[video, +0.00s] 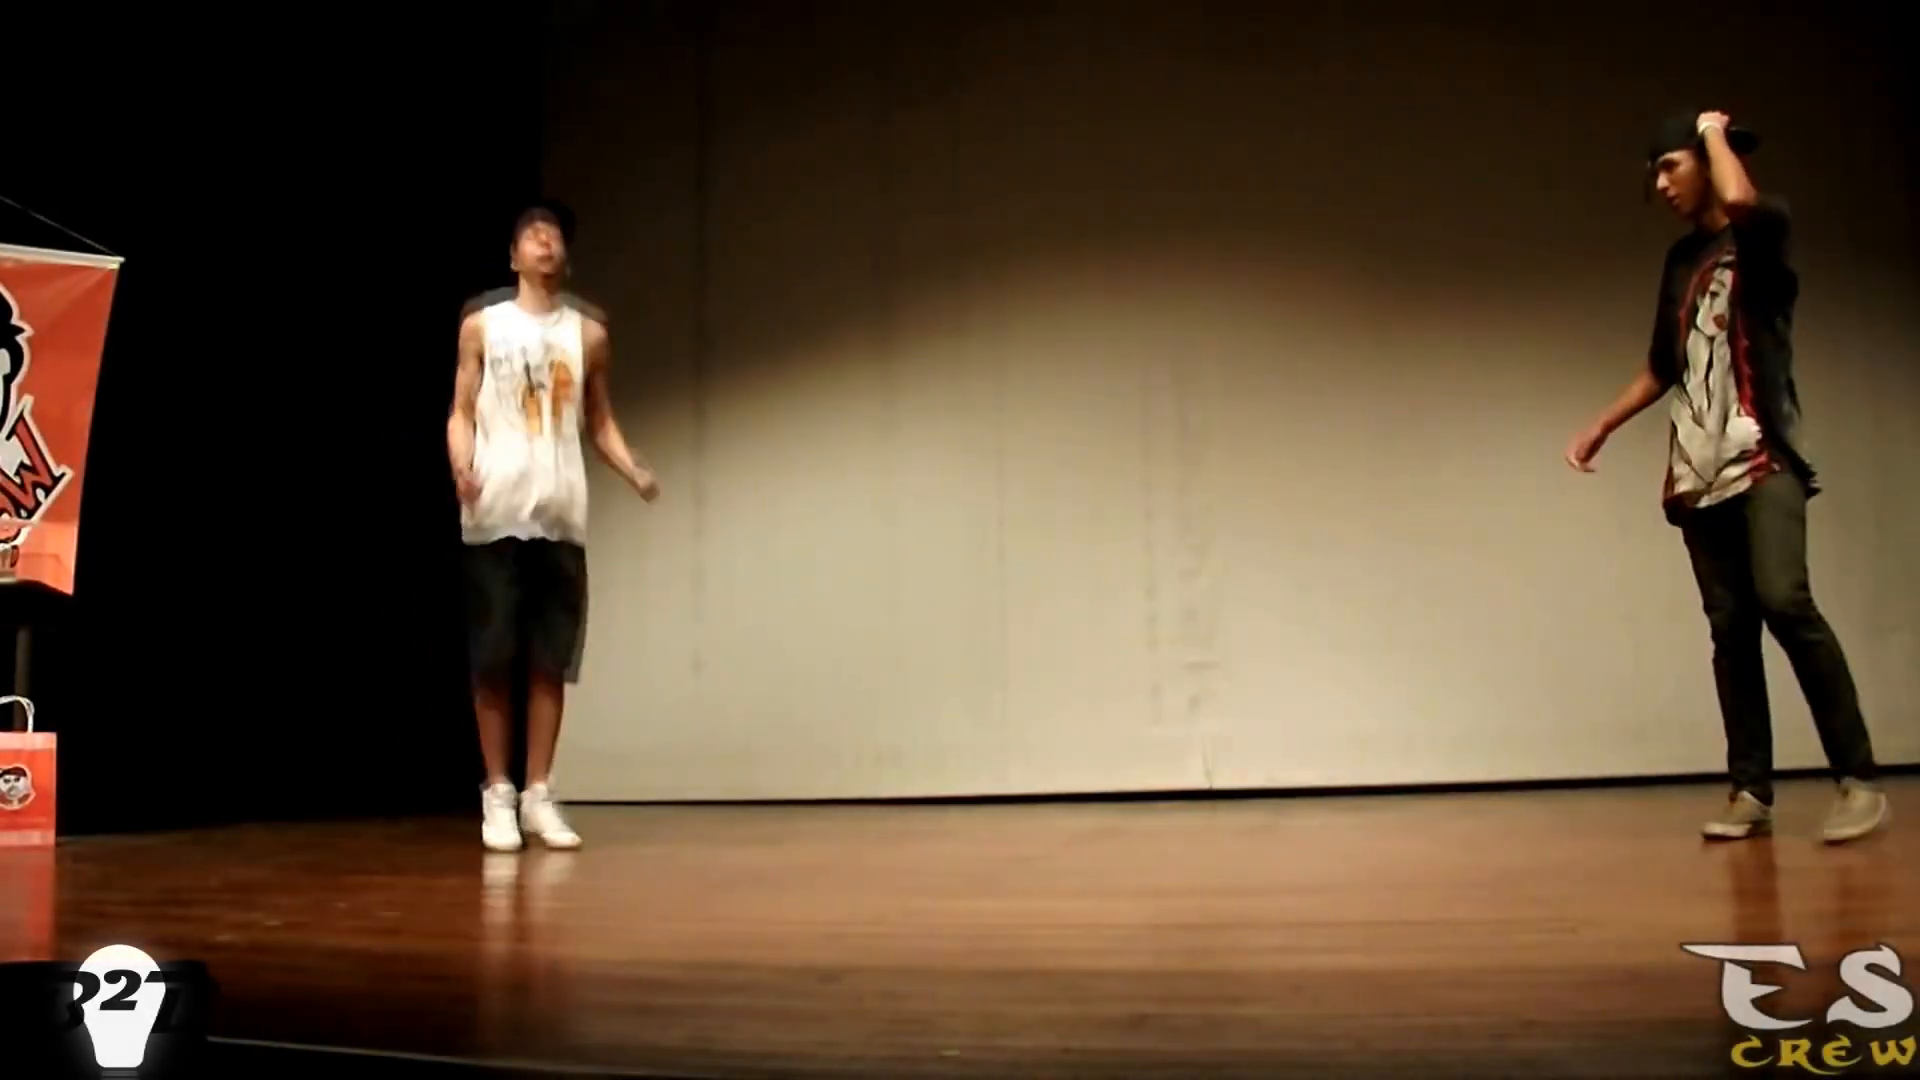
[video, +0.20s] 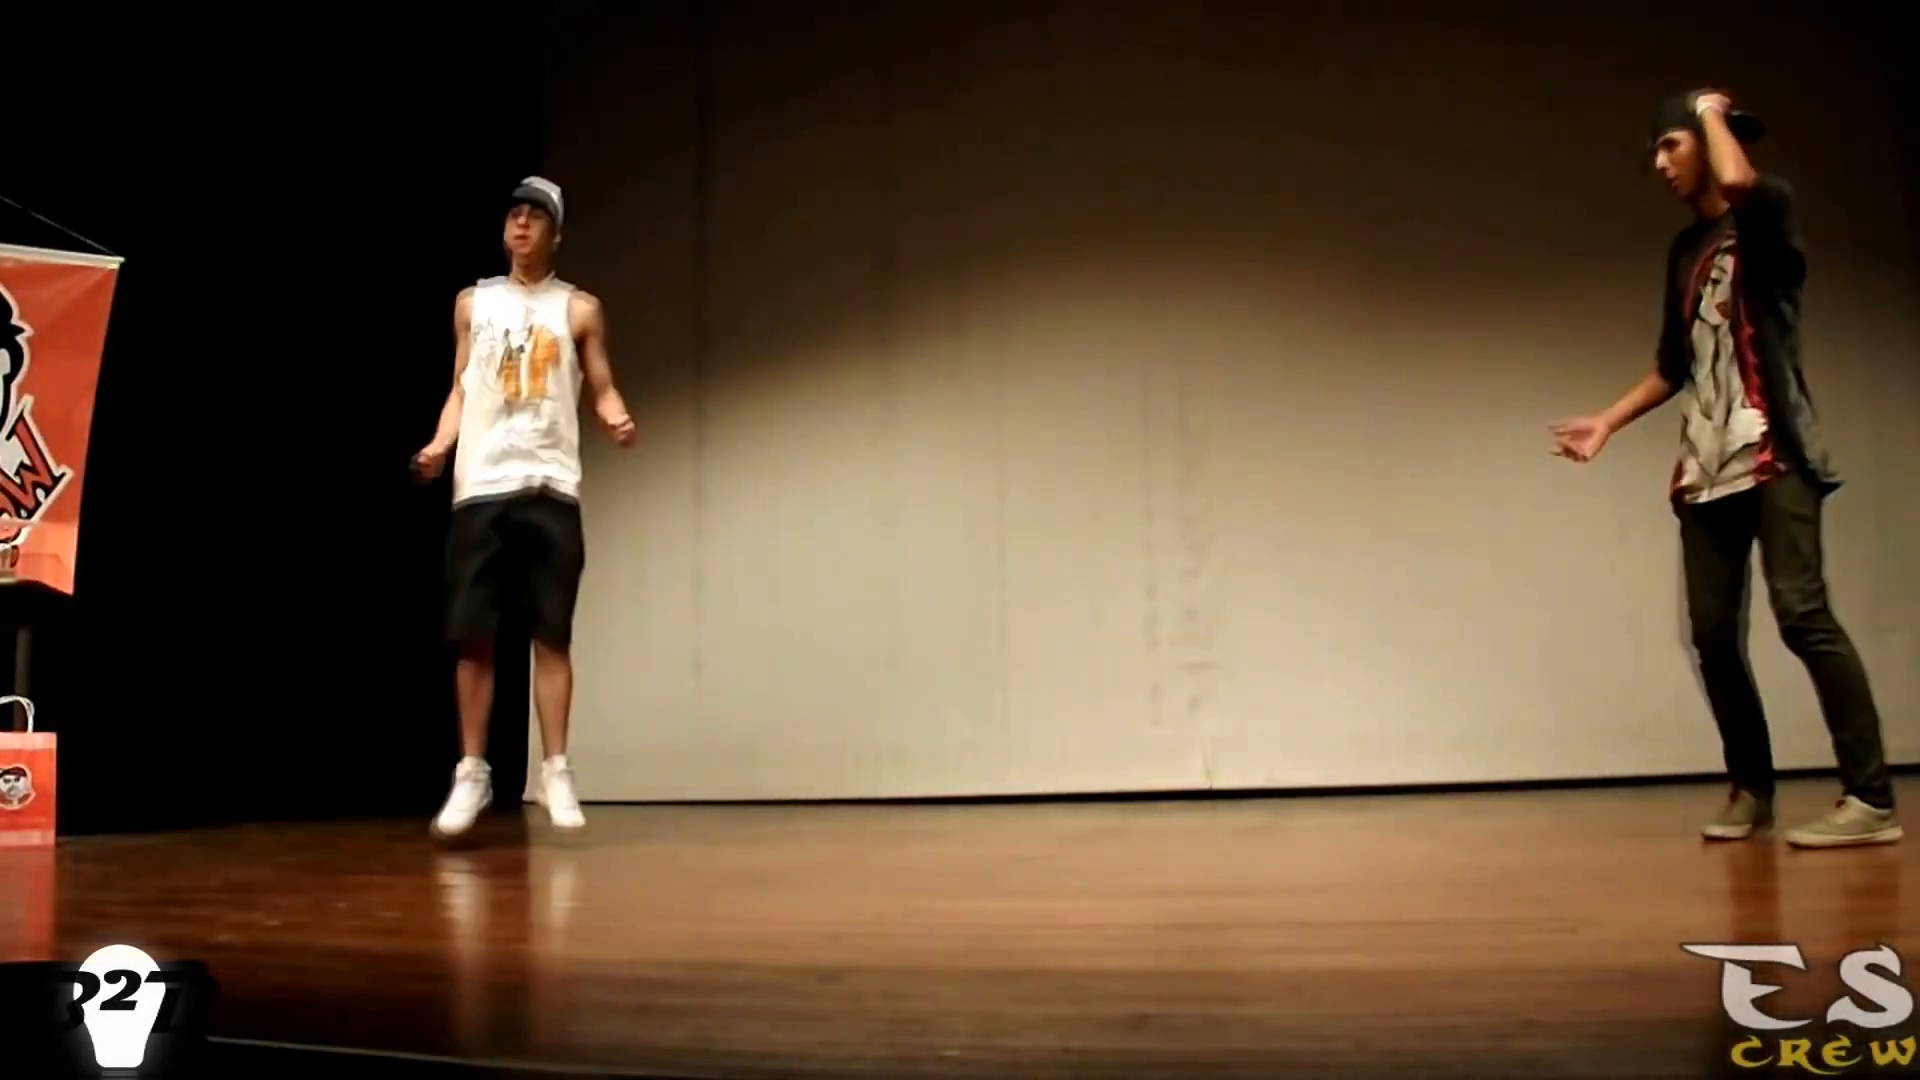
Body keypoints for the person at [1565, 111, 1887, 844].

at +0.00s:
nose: (1661, 184)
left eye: (1671, 169)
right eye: (1657, 173)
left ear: (1710, 167)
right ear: (1665, 184)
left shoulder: (1763, 236)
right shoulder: (1682, 259)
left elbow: (1740, 204)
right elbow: (1660, 370)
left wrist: (1715, 134)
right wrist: (1601, 426)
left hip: (1764, 459)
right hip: (1697, 472)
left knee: (1785, 602)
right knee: (1730, 628)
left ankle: (1859, 783)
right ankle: (1750, 793)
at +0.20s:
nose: (1661, 160)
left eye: (1673, 145)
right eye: (1658, 150)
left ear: (1715, 148)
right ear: (1668, 164)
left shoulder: (1768, 218)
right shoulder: (1686, 248)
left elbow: (1740, 186)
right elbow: (1674, 365)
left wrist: (1718, 118)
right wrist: (1604, 421)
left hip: (1778, 456)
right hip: (1706, 469)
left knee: (1804, 618)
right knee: (1713, 637)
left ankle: (1872, 799)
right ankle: (1752, 794)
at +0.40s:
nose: (1641, 140)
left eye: (1651, 126)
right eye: (1639, 132)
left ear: (1696, 132)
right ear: (1679, 139)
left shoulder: (1753, 190)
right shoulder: (1678, 231)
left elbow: (1691, 196)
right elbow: (1665, 347)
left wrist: (1601, 133)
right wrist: (1562, 371)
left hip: (1779, 441)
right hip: (1708, 444)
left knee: (1813, 616)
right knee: (1658, 600)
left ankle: (1874, 799)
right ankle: (1736, 775)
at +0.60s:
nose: (1588, 158)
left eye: (1600, 143)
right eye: (1589, 146)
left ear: (1644, 143)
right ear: (1632, 152)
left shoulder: (1700, 193)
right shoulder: (1644, 238)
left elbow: (1603, 238)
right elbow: (1608, 343)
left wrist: (1473, 250)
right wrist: (1510, 368)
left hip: (1747, 447)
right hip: (1681, 454)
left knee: (1792, 619)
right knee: (1632, 610)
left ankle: (1872, 798)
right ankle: (1641, 805)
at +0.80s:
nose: (1497, 187)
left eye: (1509, 171)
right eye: (1498, 173)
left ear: (1551, 171)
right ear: (1545, 177)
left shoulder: (1614, 219)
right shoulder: (1574, 264)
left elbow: (1528, 296)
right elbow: (1535, 369)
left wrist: (1402, 331)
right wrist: (1434, 397)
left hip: (1673, 468)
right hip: (1617, 474)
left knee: (1661, 622)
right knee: (1580, 627)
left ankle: (1819, 749)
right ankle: (1633, 810)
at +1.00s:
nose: (1402, 288)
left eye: (1406, 271)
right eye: (1399, 275)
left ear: (1437, 257)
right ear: (1445, 261)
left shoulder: (1503, 278)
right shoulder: (1491, 327)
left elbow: (1411, 363)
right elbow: (1429, 434)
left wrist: (1294, 426)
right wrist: (1342, 488)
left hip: (1602, 473)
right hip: (1626, 479)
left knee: (1471, 592)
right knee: (1522, 637)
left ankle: (1607, 792)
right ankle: (1626, 807)